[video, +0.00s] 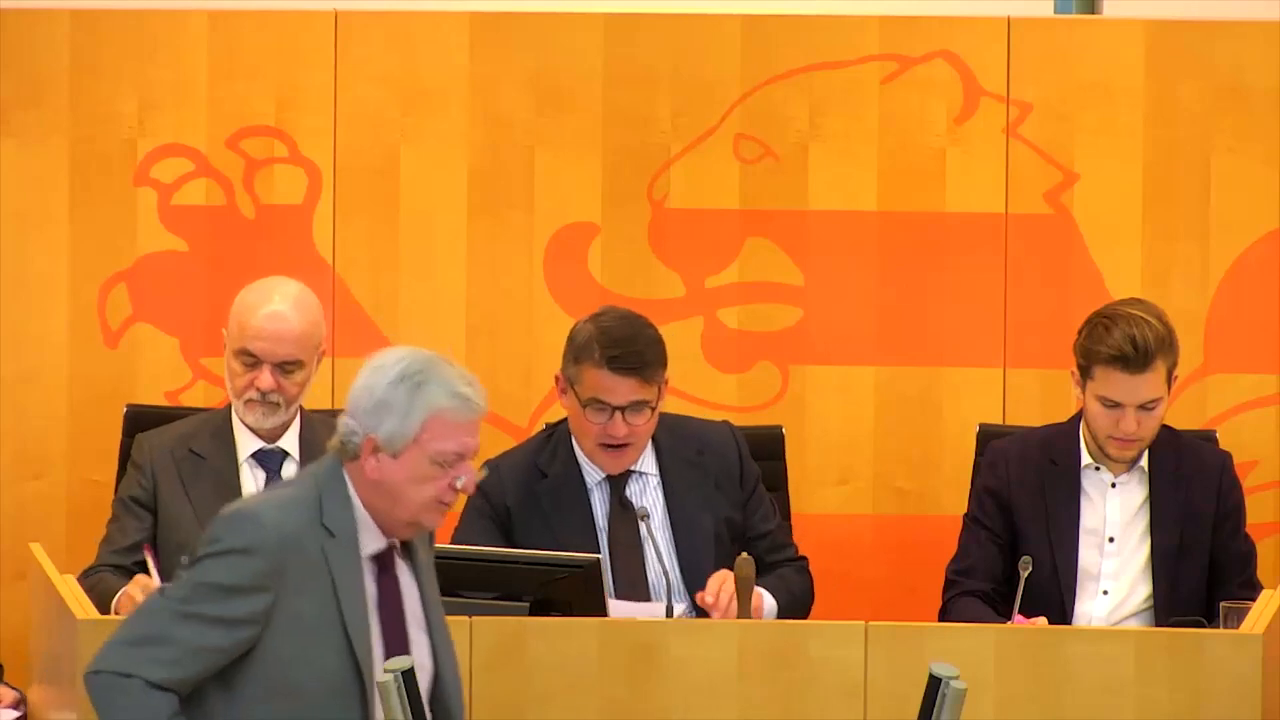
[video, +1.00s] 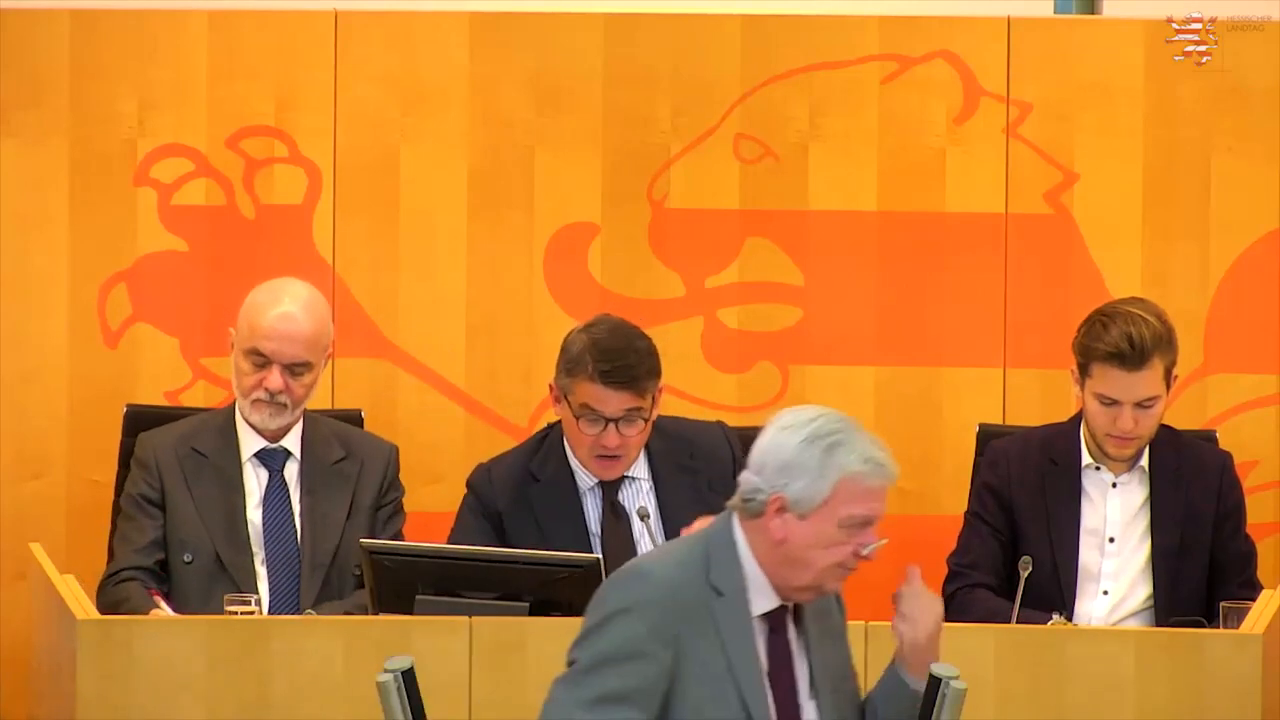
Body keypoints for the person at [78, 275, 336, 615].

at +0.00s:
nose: (265, 384)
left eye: (288, 368)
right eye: (248, 362)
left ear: (318, 361)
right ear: (226, 345)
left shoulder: (352, 454)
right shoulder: (159, 455)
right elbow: (103, 575)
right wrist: (123, 595)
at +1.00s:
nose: (274, 385)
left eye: (297, 369)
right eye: (258, 361)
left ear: (325, 360)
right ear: (232, 346)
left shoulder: (373, 463)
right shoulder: (162, 456)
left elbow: (393, 591)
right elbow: (123, 584)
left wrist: (310, 628)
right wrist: (168, 629)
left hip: (332, 673)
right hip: (201, 669)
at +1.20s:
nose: (273, 385)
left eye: (297, 370)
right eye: (258, 361)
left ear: (325, 360)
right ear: (232, 346)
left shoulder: (374, 463)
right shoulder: (162, 456)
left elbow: (392, 593)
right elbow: (124, 583)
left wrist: (310, 629)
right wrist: (171, 630)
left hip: (331, 674)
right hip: (200, 669)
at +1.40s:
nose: (274, 386)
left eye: (297, 370)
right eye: (258, 362)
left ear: (325, 361)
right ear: (233, 346)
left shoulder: (374, 464)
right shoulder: (162, 455)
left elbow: (392, 592)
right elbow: (127, 582)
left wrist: (309, 630)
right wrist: (163, 627)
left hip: (331, 674)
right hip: (201, 669)